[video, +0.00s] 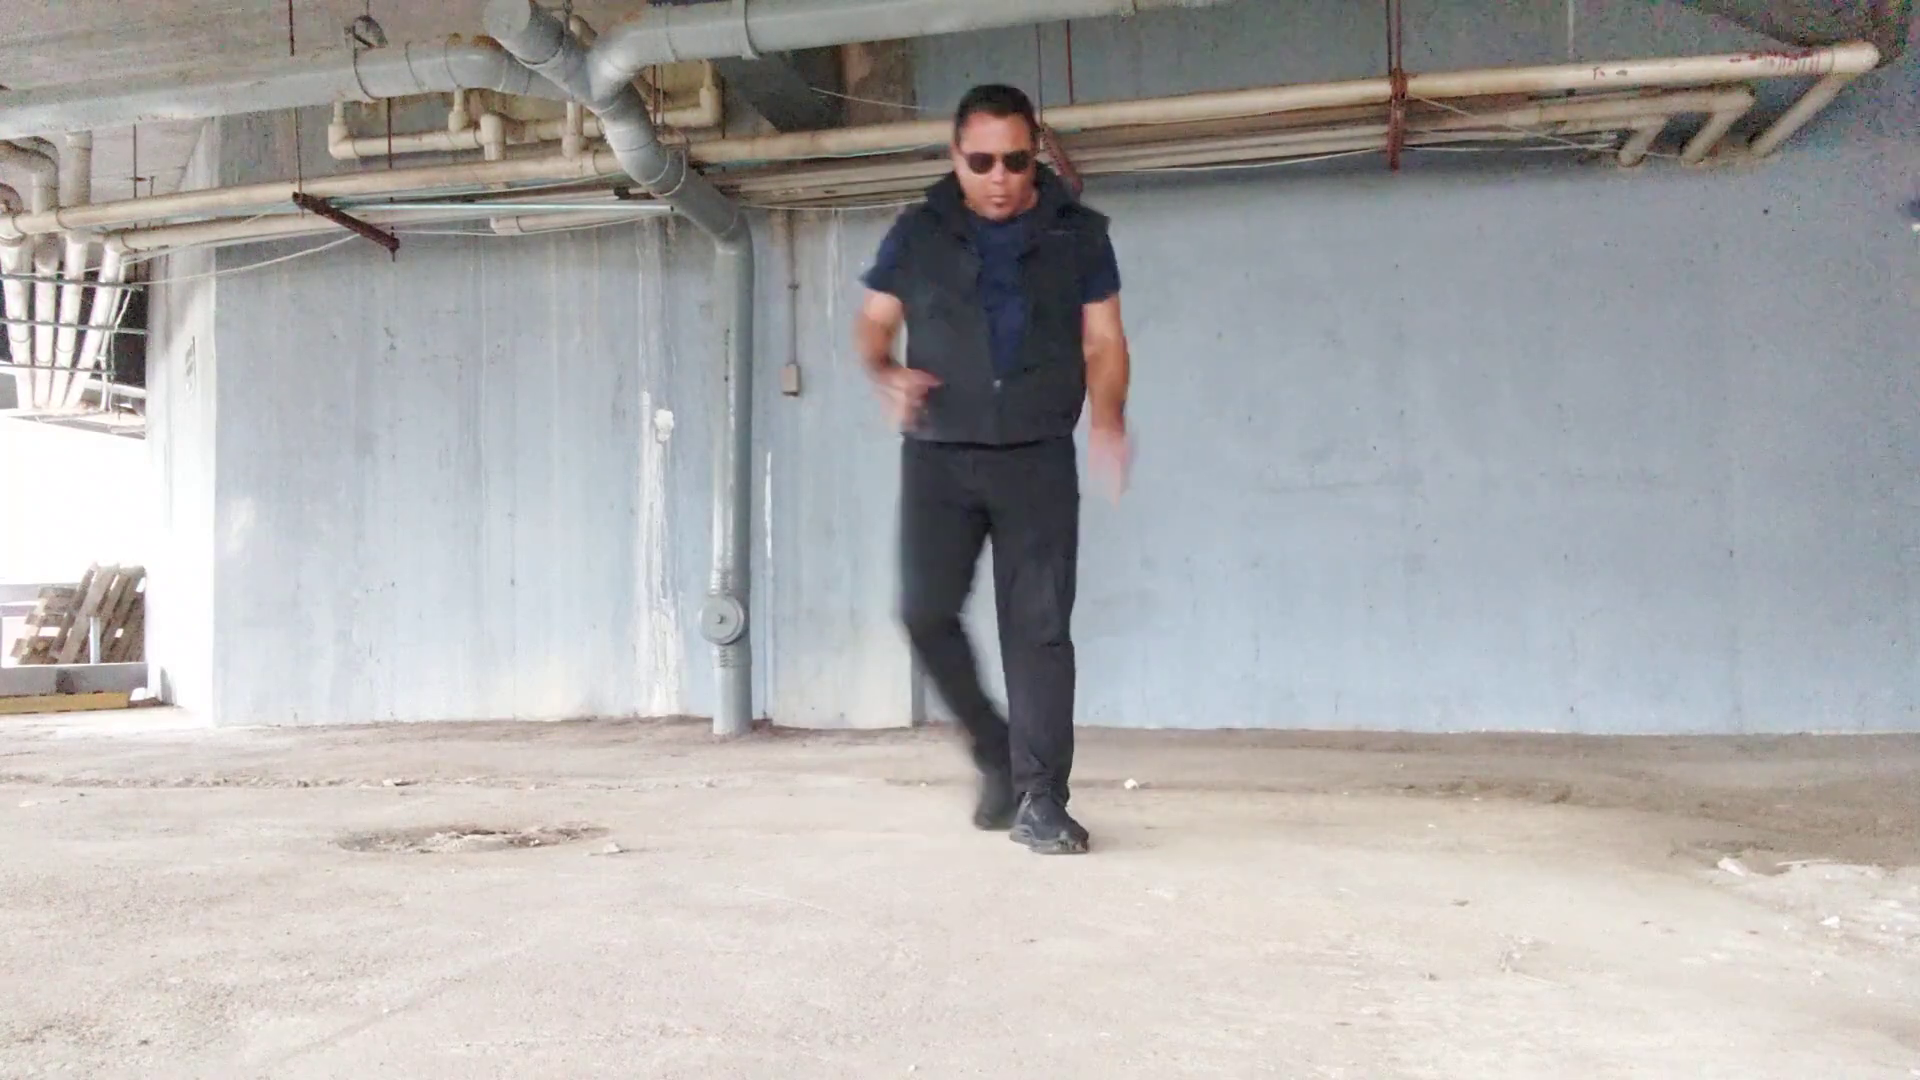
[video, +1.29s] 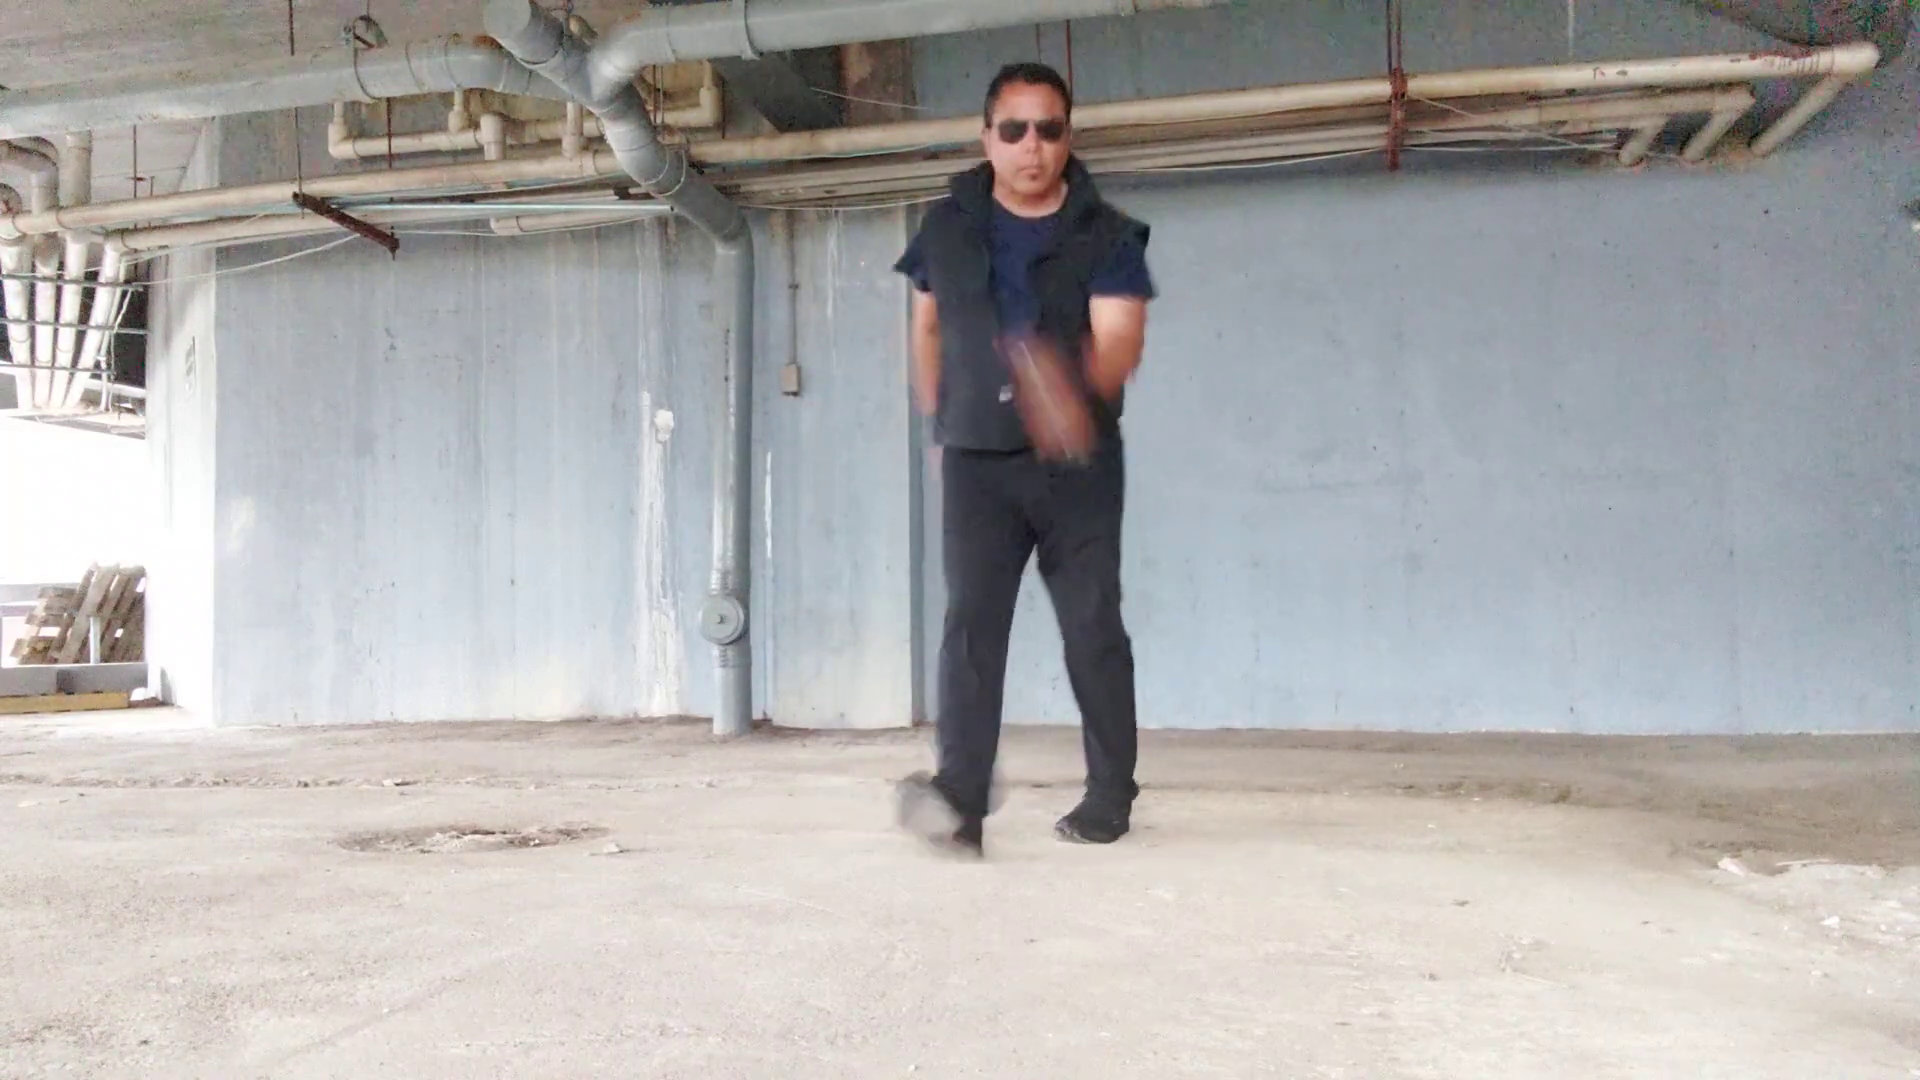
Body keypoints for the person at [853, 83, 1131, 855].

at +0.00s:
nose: (999, 179)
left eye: (1015, 162)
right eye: (981, 163)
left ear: (1037, 158)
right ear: (955, 158)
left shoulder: (1077, 232)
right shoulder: (921, 229)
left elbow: (1105, 340)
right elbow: (874, 324)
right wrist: (885, 372)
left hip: (1038, 460)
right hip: (939, 460)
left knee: (1039, 628)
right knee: (925, 614)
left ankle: (1042, 796)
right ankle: (997, 749)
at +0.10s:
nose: (1009, 162)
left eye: (1025, 148)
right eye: (993, 147)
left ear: (1046, 153)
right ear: (966, 150)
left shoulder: (1083, 225)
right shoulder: (930, 226)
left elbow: (1143, 303)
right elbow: (873, 317)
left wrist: (1129, 398)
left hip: (1053, 453)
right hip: (959, 458)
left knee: (1054, 608)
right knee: (983, 622)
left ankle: (1069, 781)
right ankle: (1022, 775)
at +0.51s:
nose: (1055, 144)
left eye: (1071, 130)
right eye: (1039, 129)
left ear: (1094, 139)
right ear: (1015, 138)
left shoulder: (1136, 225)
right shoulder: (972, 221)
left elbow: (1192, 312)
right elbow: (882, 274)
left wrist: (1213, 335)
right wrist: (940, 276)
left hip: (1097, 453)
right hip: (995, 452)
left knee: (1095, 623)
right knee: (987, 610)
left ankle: (1088, 786)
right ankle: (1009, 747)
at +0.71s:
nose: (1057, 131)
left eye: (1072, 116)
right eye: (1040, 118)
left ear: (1094, 126)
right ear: (1016, 128)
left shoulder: (1130, 205)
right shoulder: (983, 204)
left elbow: (1186, 287)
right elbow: (936, 273)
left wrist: (1193, 231)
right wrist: (966, 171)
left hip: (1097, 437)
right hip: (997, 440)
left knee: (1095, 619)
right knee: (996, 616)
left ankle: (1086, 788)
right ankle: (1000, 783)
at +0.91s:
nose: (1053, 117)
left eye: (1068, 105)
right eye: (1035, 107)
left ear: (1089, 121)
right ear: (1012, 125)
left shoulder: (1121, 194)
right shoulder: (977, 217)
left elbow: (1181, 229)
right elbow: (920, 317)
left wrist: (1079, 184)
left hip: (1097, 438)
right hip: (1000, 439)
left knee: (1099, 614)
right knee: (973, 578)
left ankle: (1088, 786)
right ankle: (1003, 698)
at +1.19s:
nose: (1035, 130)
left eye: (1051, 115)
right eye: (1017, 114)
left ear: (1071, 124)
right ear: (989, 125)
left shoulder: (1103, 187)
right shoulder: (950, 203)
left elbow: (1118, 248)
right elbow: (932, 288)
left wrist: (1009, 216)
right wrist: (968, 349)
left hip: (1090, 422)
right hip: (991, 422)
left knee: (1096, 600)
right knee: (986, 556)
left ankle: (1110, 778)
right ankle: (1010, 677)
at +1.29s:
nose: (1031, 146)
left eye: (1047, 131)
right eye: (1014, 130)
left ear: (1069, 140)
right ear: (986, 138)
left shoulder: (1108, 235)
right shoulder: (947, 225)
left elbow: (1119, 346)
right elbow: (927, 331)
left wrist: (1076, 405)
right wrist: (938, 421)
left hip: (1077, 470)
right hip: (978, 467)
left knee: (1092, 630)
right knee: (971, 625)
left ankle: (1109, 792)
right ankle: (959, 795)